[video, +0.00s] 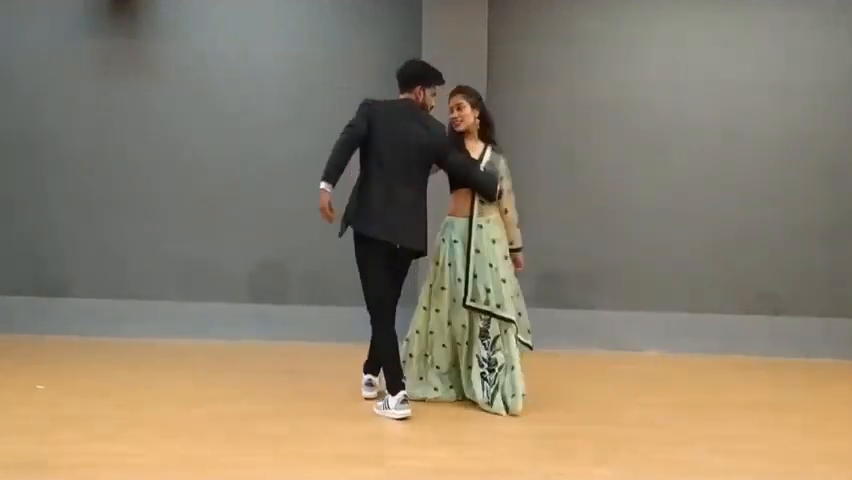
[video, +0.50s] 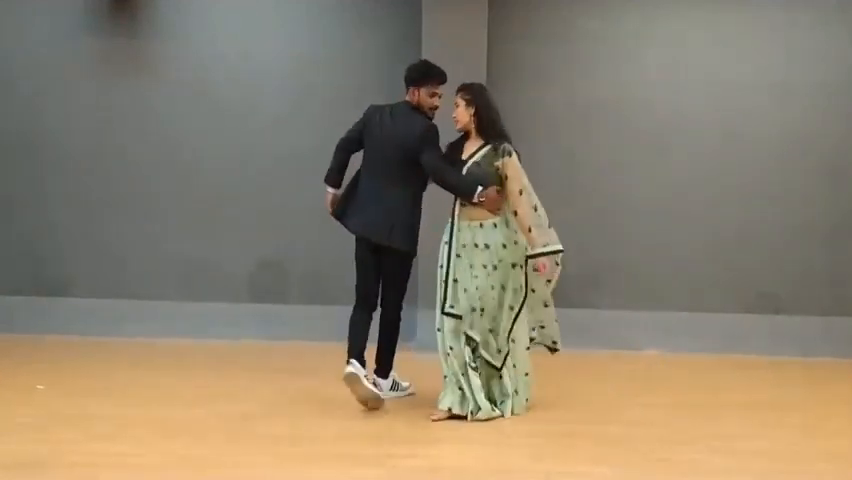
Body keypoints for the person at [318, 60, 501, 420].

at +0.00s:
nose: (435, 100)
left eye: (435, 93)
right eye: (433, 93)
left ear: (402, 90)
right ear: (421, 91)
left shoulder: (371, 110)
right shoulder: (432, 129)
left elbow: (347, 141)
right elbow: (462, 168)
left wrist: (326, 185)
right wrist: (493, 188)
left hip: (369, 224)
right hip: (408, 231)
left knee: (382, 310)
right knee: (384, 308)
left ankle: (397, 394)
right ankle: (370, 374)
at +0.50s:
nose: (438, 101)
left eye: (439, 94)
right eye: (434, 94)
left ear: (411, 93)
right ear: (414, 91)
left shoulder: (375, 114)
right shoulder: (424, 129)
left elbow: (344, 146)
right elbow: (438, 171)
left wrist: (333, 186)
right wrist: (478, 192)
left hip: (364, 223)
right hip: (400, 230)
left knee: (364, 300)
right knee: (392, 307)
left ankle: (354, 362)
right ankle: (384, 378)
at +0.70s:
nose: (435, 101)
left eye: (437, 94)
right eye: (429, 94)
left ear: (424, 91)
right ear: (412, 91)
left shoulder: (384, 116)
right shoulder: (419, 129)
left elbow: (358, 150)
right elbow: (427, 173)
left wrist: (351, 191)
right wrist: (458, 190)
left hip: (374, 220)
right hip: (401, 228)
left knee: (380, 296)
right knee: (393, 304)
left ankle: (353, 361)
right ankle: (383, 379)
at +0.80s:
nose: (432, 101)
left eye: (434, 94)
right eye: (426, 95)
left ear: (432, 91)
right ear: (410, 92)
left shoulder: (390, 118)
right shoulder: (415, 128)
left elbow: (366, 151)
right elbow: (417, 170)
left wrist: (363, 189)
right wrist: (445, 192)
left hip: (379, 220)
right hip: (401, 226)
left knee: (391, 297)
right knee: (394, 301)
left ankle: (373, 367)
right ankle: (383, 380)